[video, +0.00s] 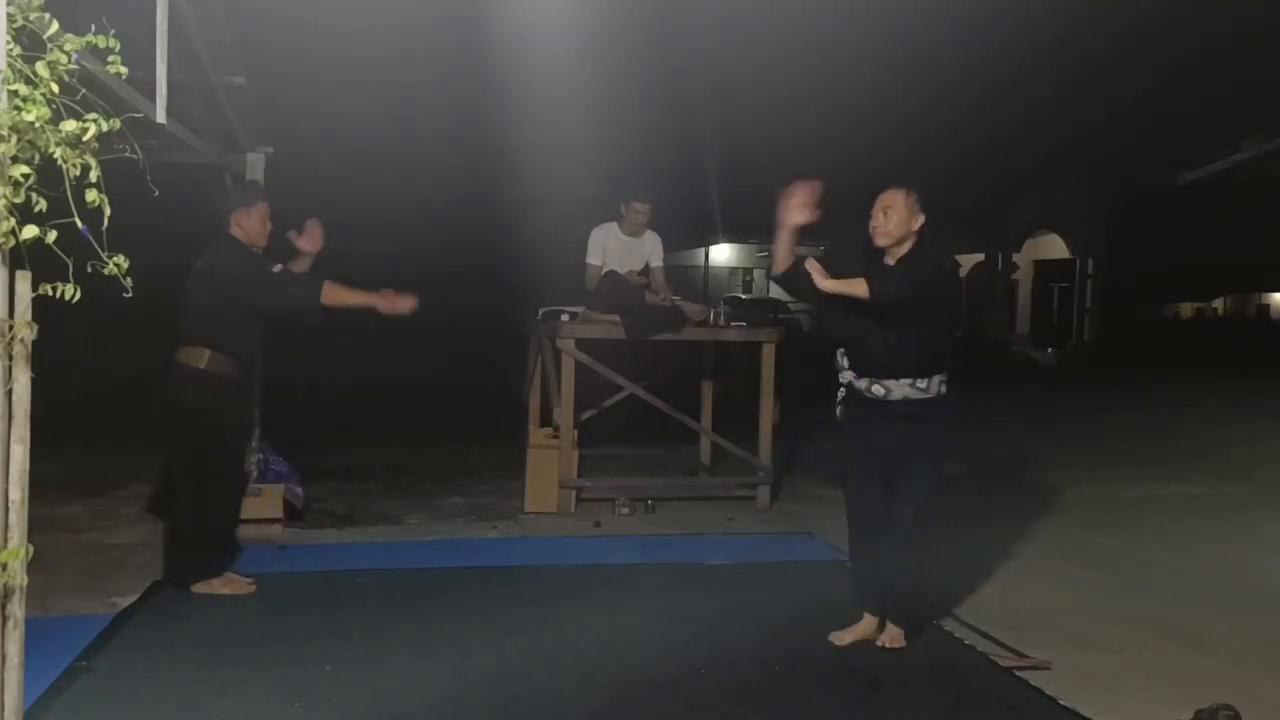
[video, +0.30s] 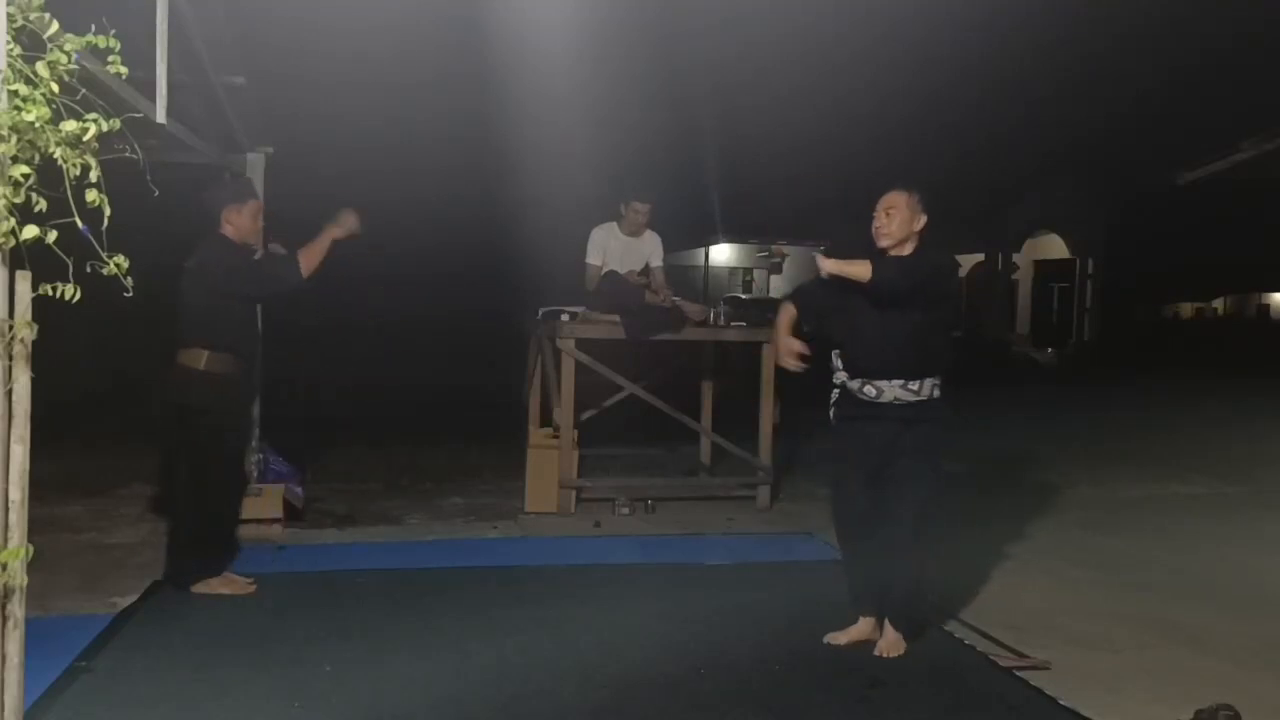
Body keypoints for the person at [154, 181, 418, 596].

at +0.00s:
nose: (269, 226)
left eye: (269, 218)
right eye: (263, 218)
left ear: (241, 221)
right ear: (239, 220)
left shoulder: (230, 258)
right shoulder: (228, 261)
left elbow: (278, 282)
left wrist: (304, 256)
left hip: (214, 383)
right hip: (205, 385)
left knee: (214, 473)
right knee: (212, 475)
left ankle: (208, 565)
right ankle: (202, 572)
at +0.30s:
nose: (262, 221)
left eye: (261, 213)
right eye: (256, 213)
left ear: (230, 217)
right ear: (230, 216)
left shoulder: (218, 256)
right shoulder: (217, 260)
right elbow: (289, 274)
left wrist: (262, 256)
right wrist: (330, 234)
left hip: (214, 387)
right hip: (207, 390)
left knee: (214, 474)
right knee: (212, 477)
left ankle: (207, 566)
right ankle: (199, 572)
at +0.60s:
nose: (256, 219)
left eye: (254, 211)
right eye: (249, 212)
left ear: (224, 219)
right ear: (222, 217)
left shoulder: (220, 258)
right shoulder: (209, 260)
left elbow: (268, 290)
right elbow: (280, 289)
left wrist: (315, 280)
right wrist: (321, 240)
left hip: (215, 385)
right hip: (203, 388)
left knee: (215, 475)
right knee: (208, 477)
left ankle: (206, 567)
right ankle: (198, 572)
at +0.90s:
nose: (240, 221)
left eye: (242, 213)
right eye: (229, 214)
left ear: (244, 217)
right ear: (204, 218)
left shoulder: (221, 260)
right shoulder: (205, 258)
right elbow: (264, 270)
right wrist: (325, 256)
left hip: (220, 387)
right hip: (203, 389)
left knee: (221, 476)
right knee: (208, 477)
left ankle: (211, 567)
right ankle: (198, 573)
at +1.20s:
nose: (242, 220)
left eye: (247, 212)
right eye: (232, 212)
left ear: (251, 216)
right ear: (209, 217)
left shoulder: (232, 263)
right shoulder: (203, 253)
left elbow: (285, 301)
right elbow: (244, 256)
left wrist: (263, 268)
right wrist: (301, 243)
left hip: (224, 385)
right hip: (201, 386)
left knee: (220, 475)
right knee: (212, 476)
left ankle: (208, 567)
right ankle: (199, 572)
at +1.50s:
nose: (249, 223)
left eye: (250, 214)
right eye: (242, 215)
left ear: (227, 219)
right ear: (215, 218)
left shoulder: (222, 262)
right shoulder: (202, 259)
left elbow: (266, 300)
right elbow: (257, 285)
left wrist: (319, 305)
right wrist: (271, 258)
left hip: (220, 382)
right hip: (203, 383)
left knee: (216, 473)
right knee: (213, 474)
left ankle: (201, 568)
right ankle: (200, 572)